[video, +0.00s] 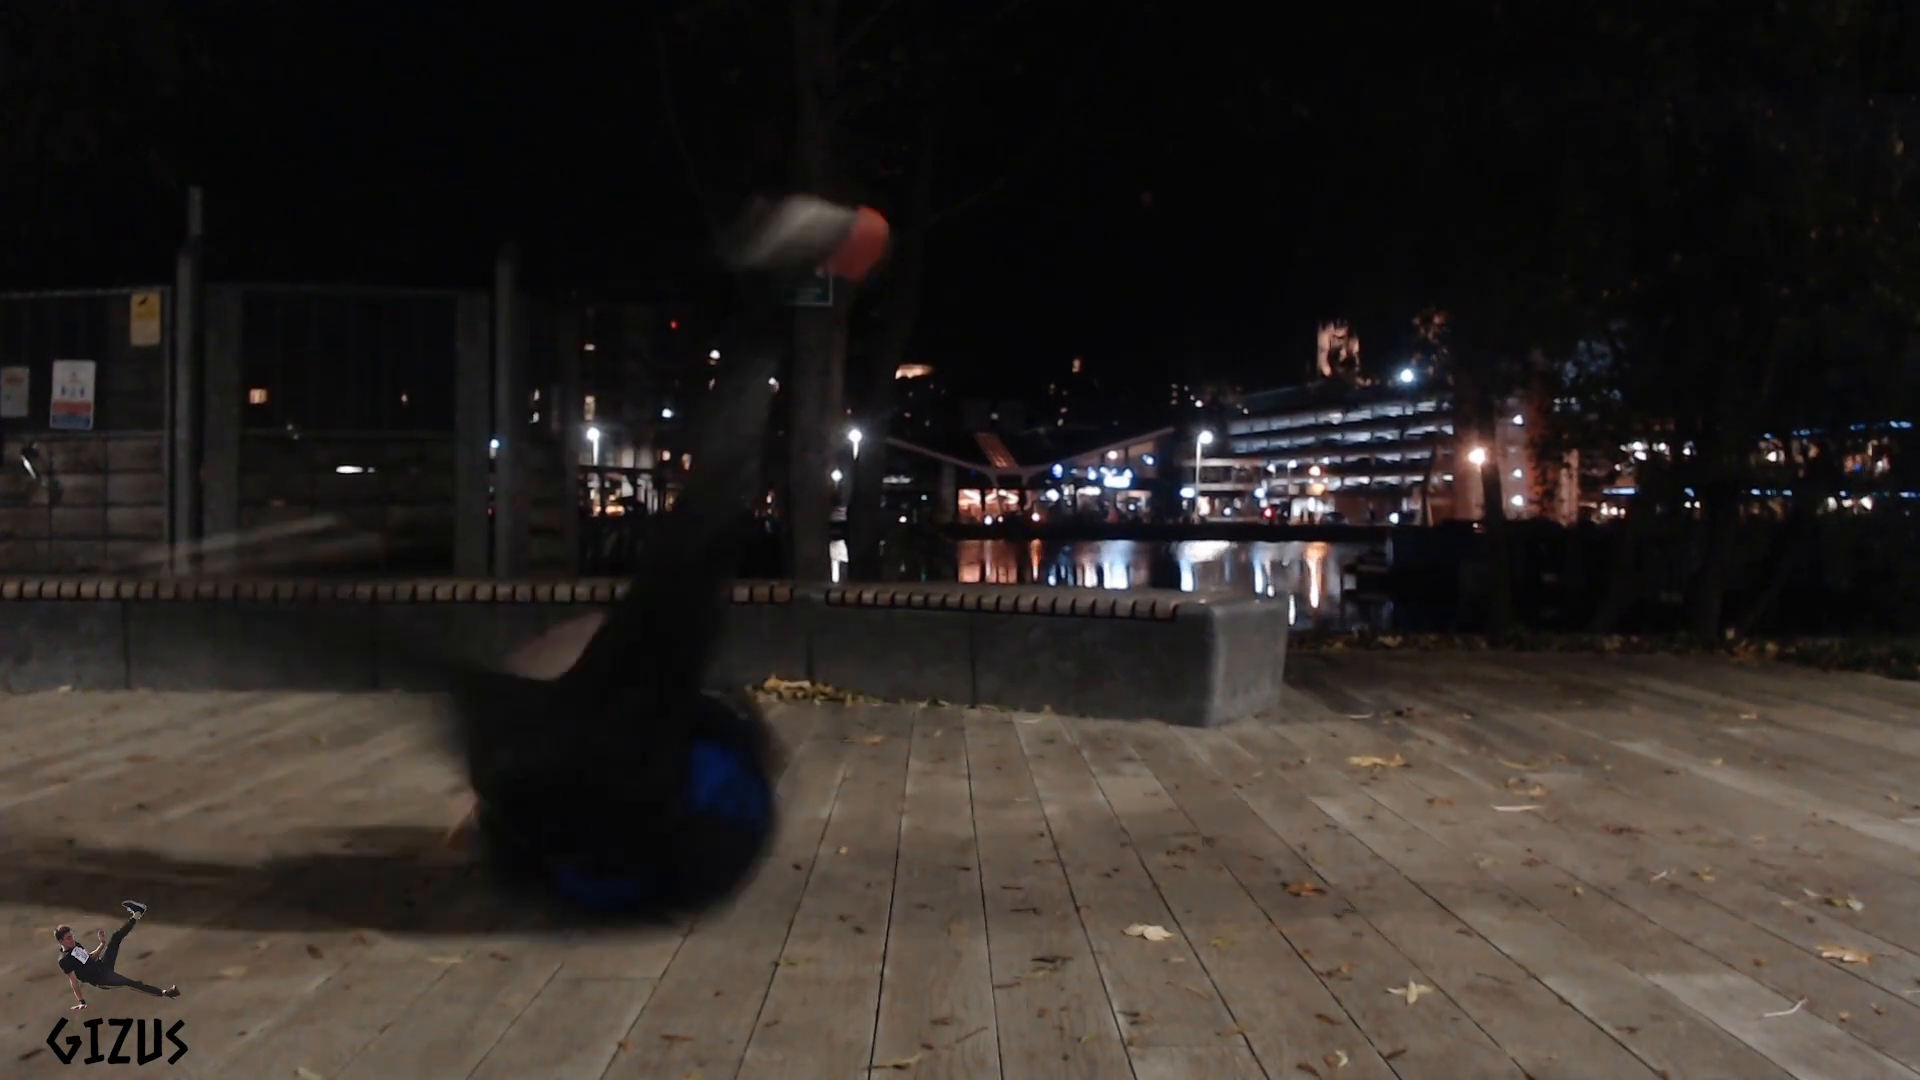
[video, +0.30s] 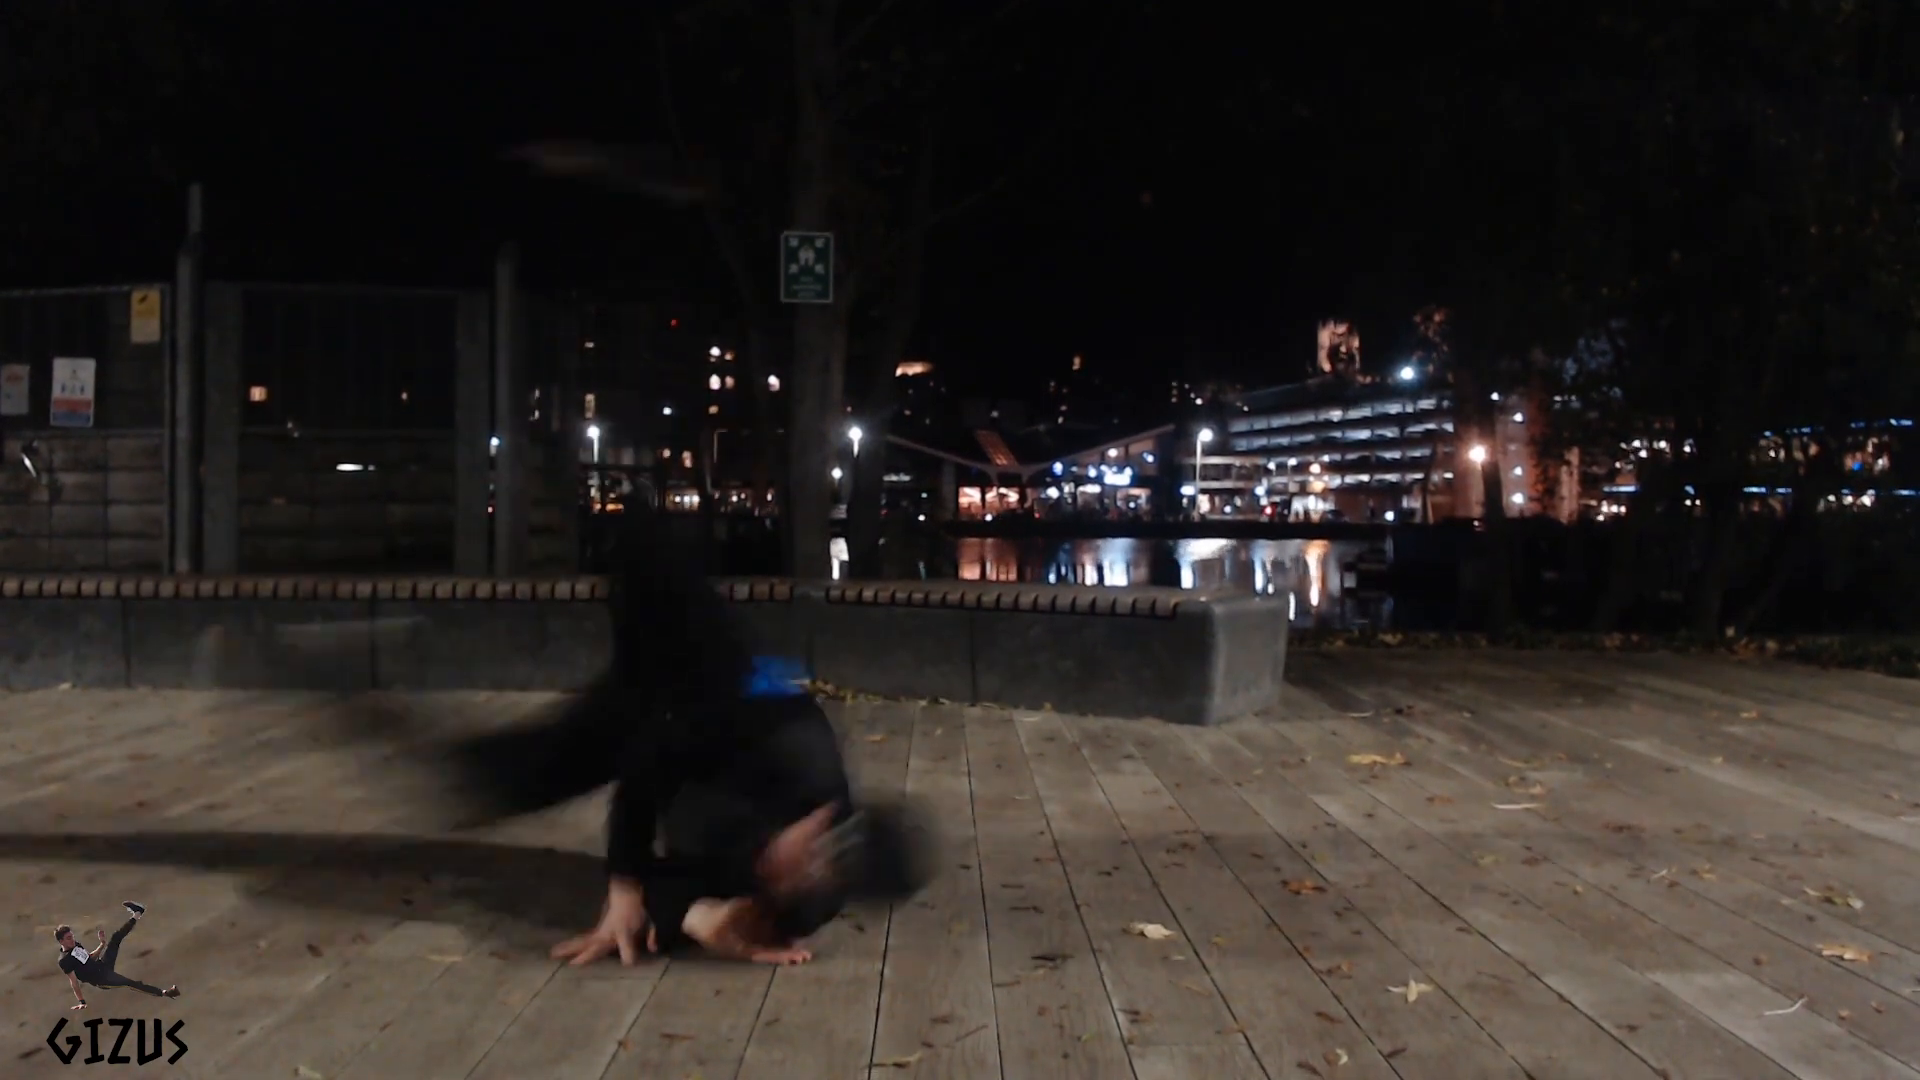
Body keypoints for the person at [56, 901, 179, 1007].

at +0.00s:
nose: (73, 939)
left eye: (72, 936)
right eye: (69, 938)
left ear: (71, 937)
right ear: (61, 941)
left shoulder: (75, 946)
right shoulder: (64, 960)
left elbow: (91, 957)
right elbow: (74, 982)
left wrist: (102, 945)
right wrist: (81, 1002)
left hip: (104, 965)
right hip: (102, 978)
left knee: (116, 938)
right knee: (131, 983)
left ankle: (136, 916)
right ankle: (164, 993)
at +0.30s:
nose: (73, 939)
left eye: (72, 936)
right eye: (69, 938)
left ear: (71, 937)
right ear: (61, 942)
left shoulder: (76, 946)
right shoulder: (64, 961)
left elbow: (91, 957)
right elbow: (74, 982)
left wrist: (102, 945)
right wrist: (81, 1002)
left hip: (104, 965)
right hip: (102, 978)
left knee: (115, 939)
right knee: (132, 983)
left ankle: (136, 916)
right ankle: (164, 993)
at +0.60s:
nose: (73, 939)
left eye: (72, 936)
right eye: (69, 938)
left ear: (71, 937)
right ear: (61, 941)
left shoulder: (76, 946)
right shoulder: (64, 960)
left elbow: (91, 957)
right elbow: (74, 982)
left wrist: (102, 945)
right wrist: (81, 1002)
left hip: (104, 965)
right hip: (102, 978)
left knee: (116, 939)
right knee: (131, 983)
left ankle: (136, 916)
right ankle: (164, 993)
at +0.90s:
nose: (73, 939)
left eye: (72, 936)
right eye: (69, 938)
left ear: (71, 937)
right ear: (61, 941)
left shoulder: (76, 946)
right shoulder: (64, 960)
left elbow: (91, 957)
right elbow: (74, 982)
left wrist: (102, 944)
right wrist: (81, 1002)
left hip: (104, 965)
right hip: (102, 978)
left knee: (115, 939)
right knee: (131, 983)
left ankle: (136, 916)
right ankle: (164, 993)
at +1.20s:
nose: (73, 939)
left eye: (72, 936)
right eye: (69, 938)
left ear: (71, 937)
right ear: (61, 941)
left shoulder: (76, 946)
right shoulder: (64, 961)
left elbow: (91, 957)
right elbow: (74, 982)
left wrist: (102, 944)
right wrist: (81, 1002)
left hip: (104, 964)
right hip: (102, 978)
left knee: (115, 939)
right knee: (131, 983)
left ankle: (135, 916)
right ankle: (164, 993)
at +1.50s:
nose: (73, 939)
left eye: (72, 936)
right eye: (69, 938)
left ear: (70, 937)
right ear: (62, 941)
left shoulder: (75, 946)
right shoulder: (64, 960)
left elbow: (91, 957)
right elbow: (73, 982)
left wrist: (102, 944)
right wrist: (81, 1001)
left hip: (104, 965)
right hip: (102, 978)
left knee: (116, 939)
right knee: (131, 983)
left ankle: (136, 916)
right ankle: (165, 993)